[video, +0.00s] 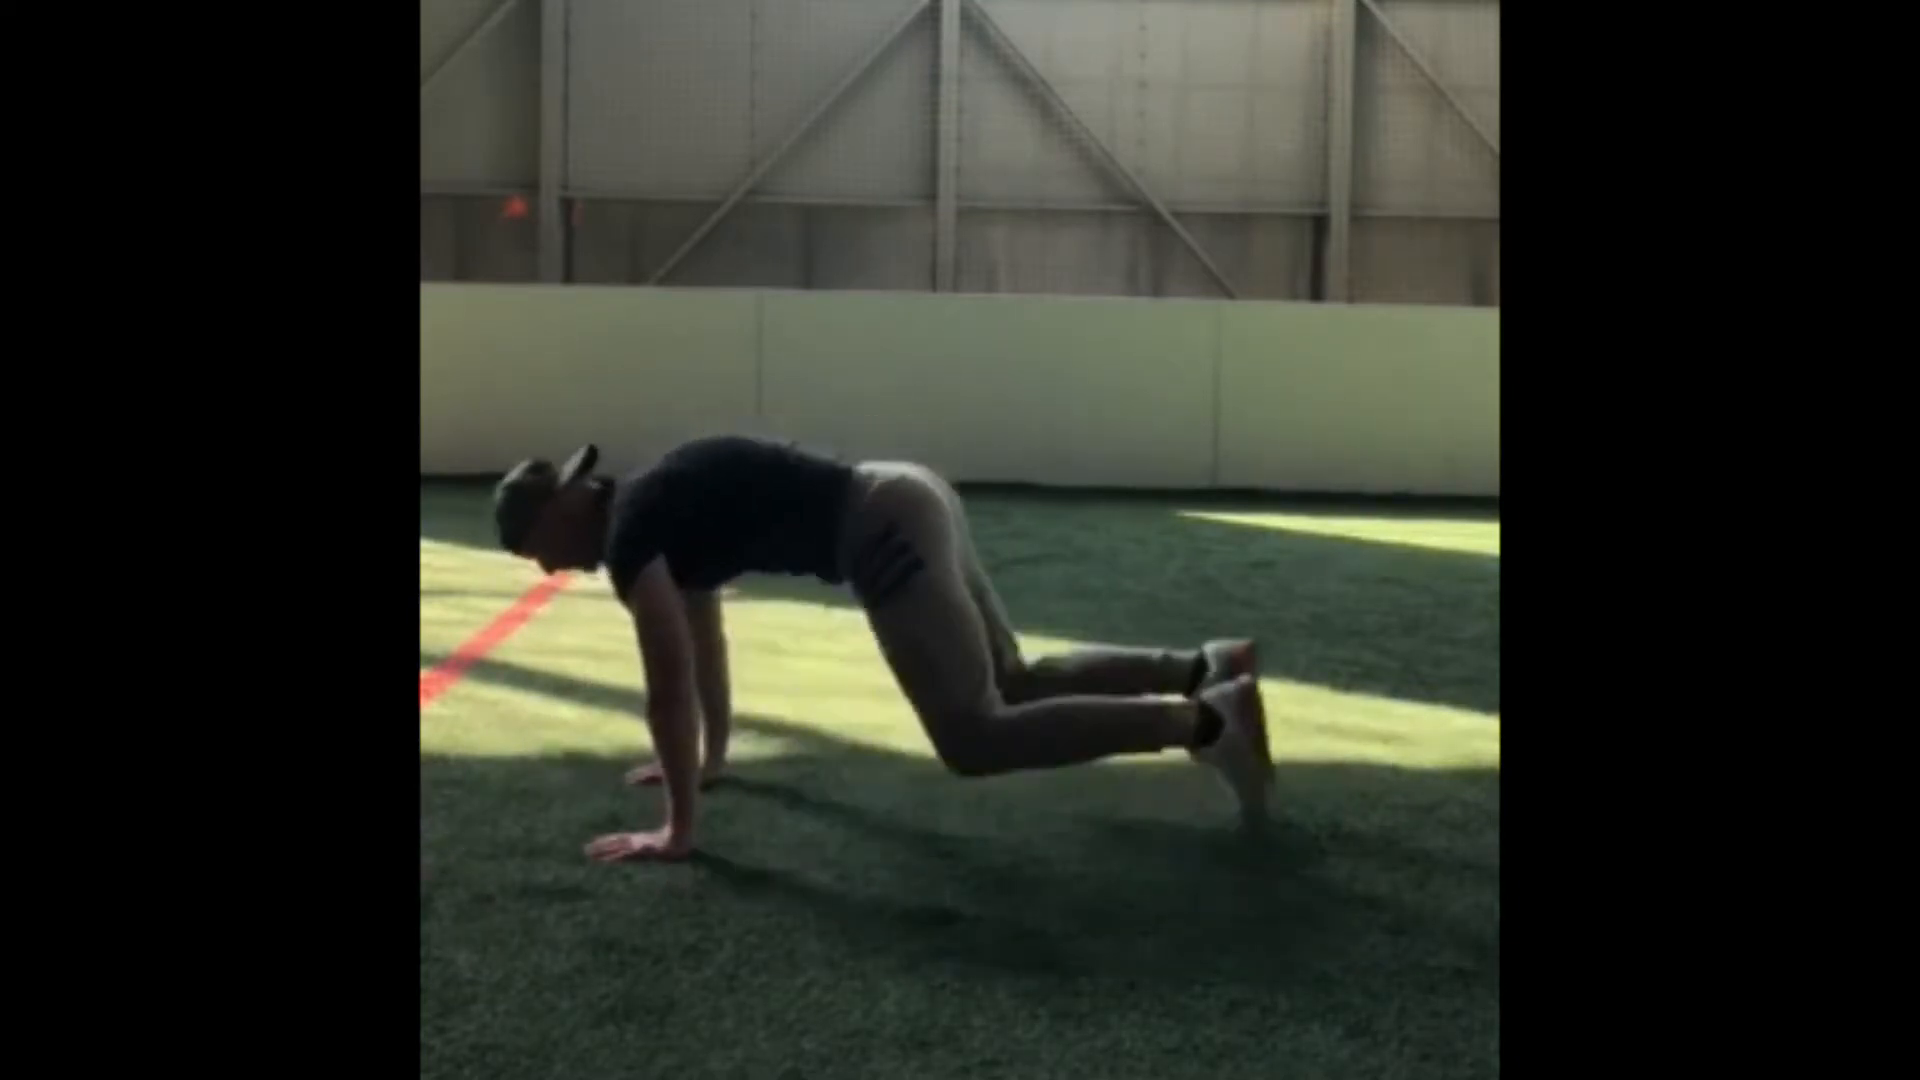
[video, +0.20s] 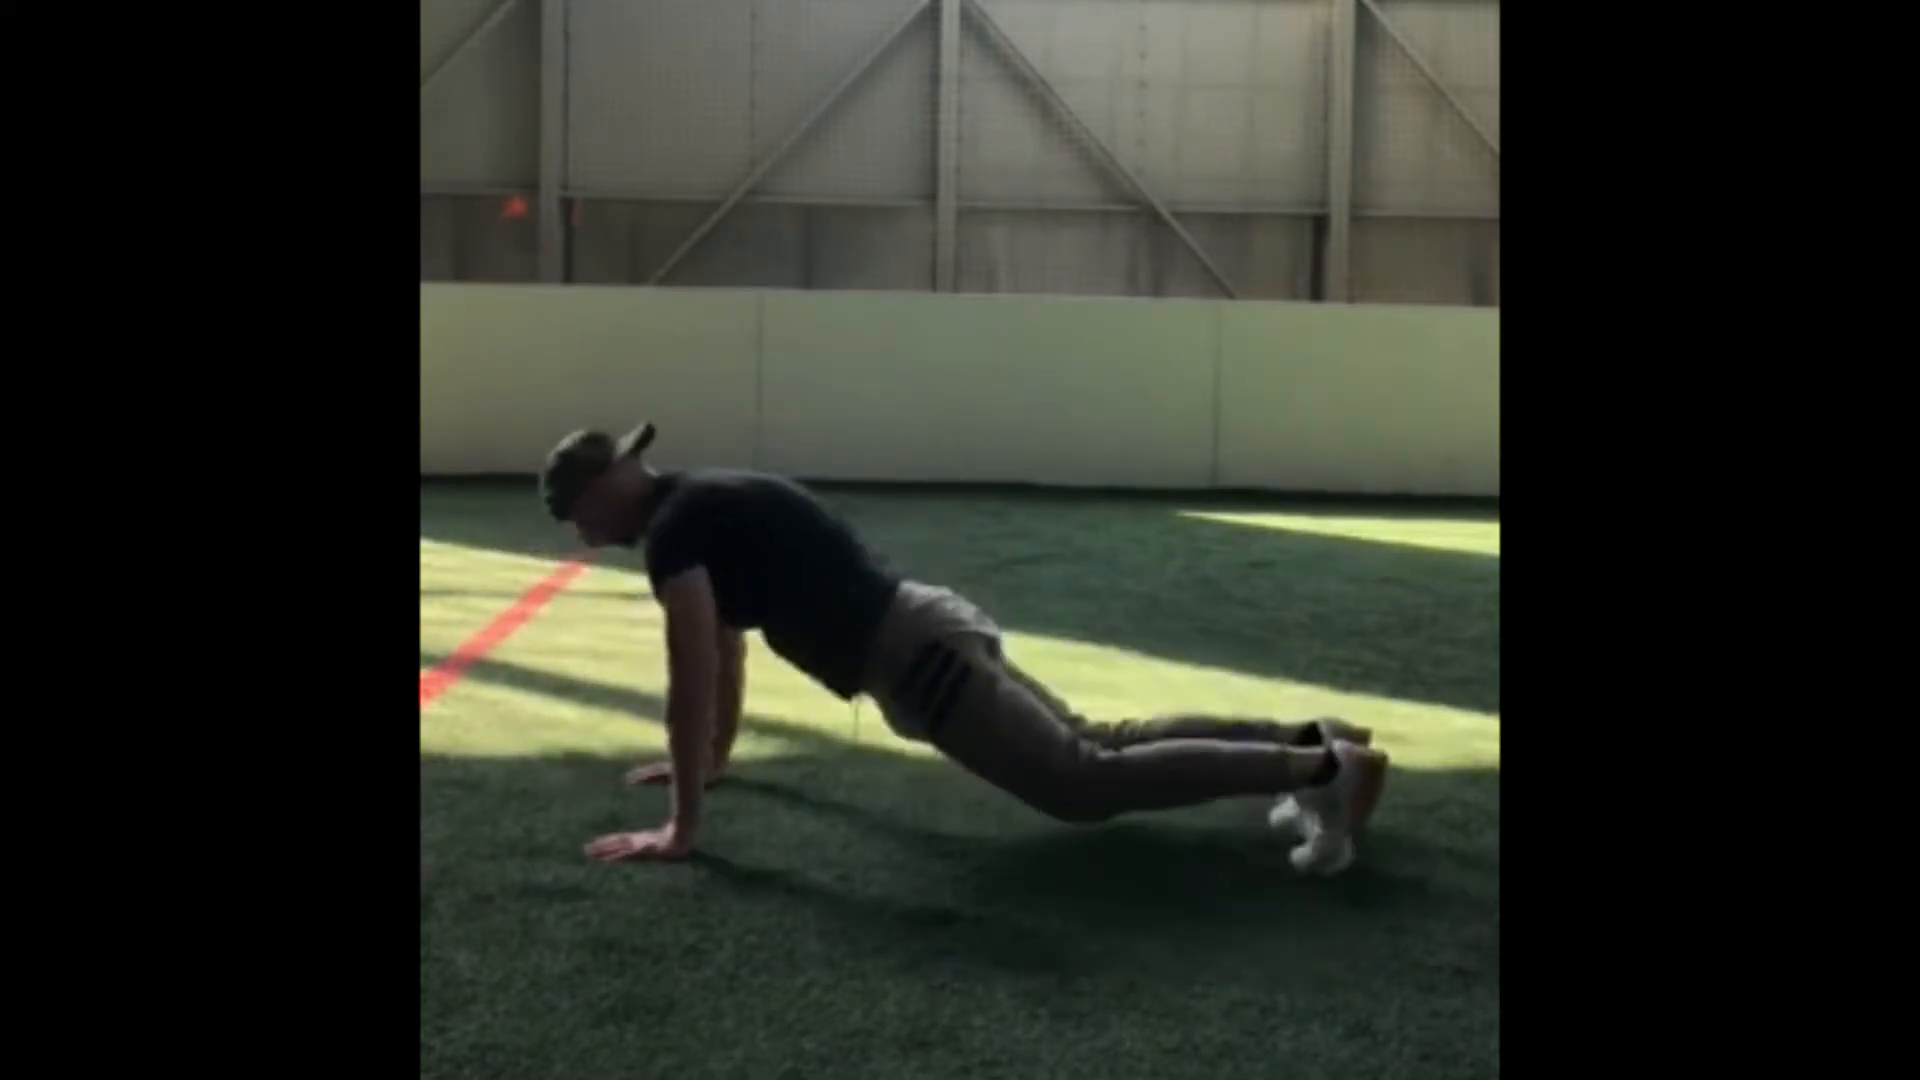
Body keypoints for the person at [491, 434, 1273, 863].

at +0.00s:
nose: (554, 570)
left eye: (547, 554)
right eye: (542, 560)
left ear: (569, 511)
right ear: (581, 494)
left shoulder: (636, 541)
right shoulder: (661, 502)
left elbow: (669, 687)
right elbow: (703, 652)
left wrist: (676, 830)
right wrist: (707, 755)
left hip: (885, 530)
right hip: (907, 497)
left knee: (974, 742)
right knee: (1011, 681)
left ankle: (1202, 722)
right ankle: (1201, 670)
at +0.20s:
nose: (580, 535)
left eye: (576, 518)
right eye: (572, 522)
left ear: (608, 491)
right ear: (627, 480)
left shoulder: (673, 531)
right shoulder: (703, 508)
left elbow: (693, 683)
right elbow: (728, 668)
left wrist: (678, 827)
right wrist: (704, 766)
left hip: (918, 655)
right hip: (932, 629)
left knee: (1081, 787)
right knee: (1091, 751)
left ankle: (1320, 775)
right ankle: (1303, 743)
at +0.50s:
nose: (542, 582)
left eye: (531, 568)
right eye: (529, 573)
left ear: (547, 522)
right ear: (561, 500)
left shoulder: (614, 542)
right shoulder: (653, 507)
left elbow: (661, 696)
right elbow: (706, 665)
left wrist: (676, 830)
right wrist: (703, 764)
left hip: (880, 584)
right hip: (902, 546)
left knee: (1027, 747)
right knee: (1048, 688)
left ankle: (1265, 758)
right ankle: (1267, 724)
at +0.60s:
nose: (546, 598)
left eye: (532, 585)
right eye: (531, 591)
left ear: (546, 535)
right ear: (556, 520)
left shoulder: (617, 541)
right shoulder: (645, 512)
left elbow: (660, 695)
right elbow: (701, 652)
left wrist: (675, 832)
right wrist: (710, 754)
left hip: (867, 510)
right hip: (888, 480)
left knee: (904, 739)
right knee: (959, 677)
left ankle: (1147, 722)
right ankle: (1158, 670)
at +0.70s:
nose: (554, 595)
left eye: (543, 582)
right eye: (540, 589)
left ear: (557, 537)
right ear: (564, 521)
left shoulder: (623, 536)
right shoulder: (661, 514)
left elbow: (659, 693)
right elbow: (707, 641)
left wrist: (675, 832)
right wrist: (708, 754)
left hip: (872, 493)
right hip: (893, 473)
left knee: (745, 670)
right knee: (826, 617)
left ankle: (964, 753)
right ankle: (1016, 675)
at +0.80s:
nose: (563, 580)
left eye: (551, 562)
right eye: (548, 571)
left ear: (568, 519)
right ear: (580, 503)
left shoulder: (632, 535)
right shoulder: (663, 498)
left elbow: (667, 688)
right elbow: (715, 634)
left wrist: (675, 832)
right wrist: (707, 760)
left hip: (873, 531)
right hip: (903, 506)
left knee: (667, 616)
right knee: (779, 581)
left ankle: (801, 815)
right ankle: (879, 730)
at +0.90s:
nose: (560, 561)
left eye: (549, 545)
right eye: (547, 553)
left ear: (567, 510)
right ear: (584, 486)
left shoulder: (628, 530)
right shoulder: (661, 492)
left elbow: (664, 686)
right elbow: (709, 636)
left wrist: (675, 833)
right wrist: (689, 755)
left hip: (864, 577)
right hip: (896, 544)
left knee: (648, 634)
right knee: (754, 587)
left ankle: (772, 843)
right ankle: (869, 738)